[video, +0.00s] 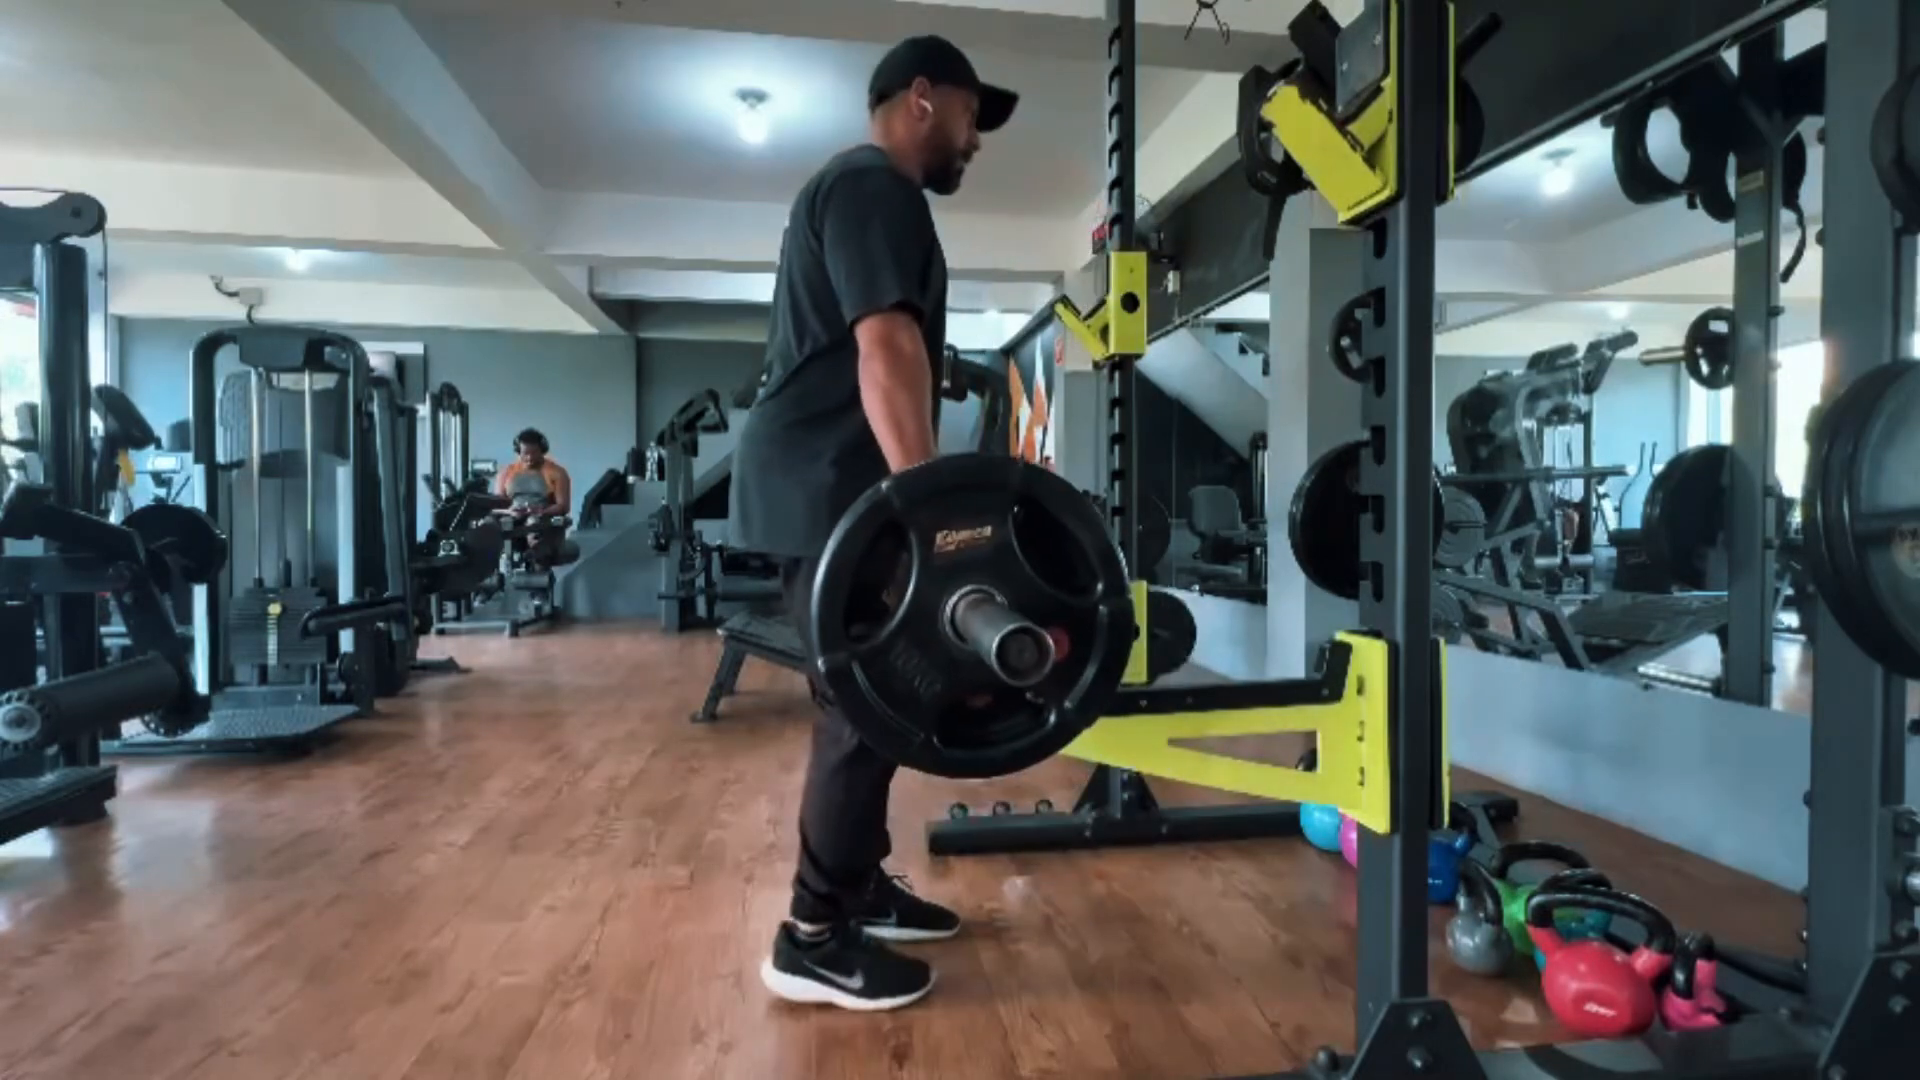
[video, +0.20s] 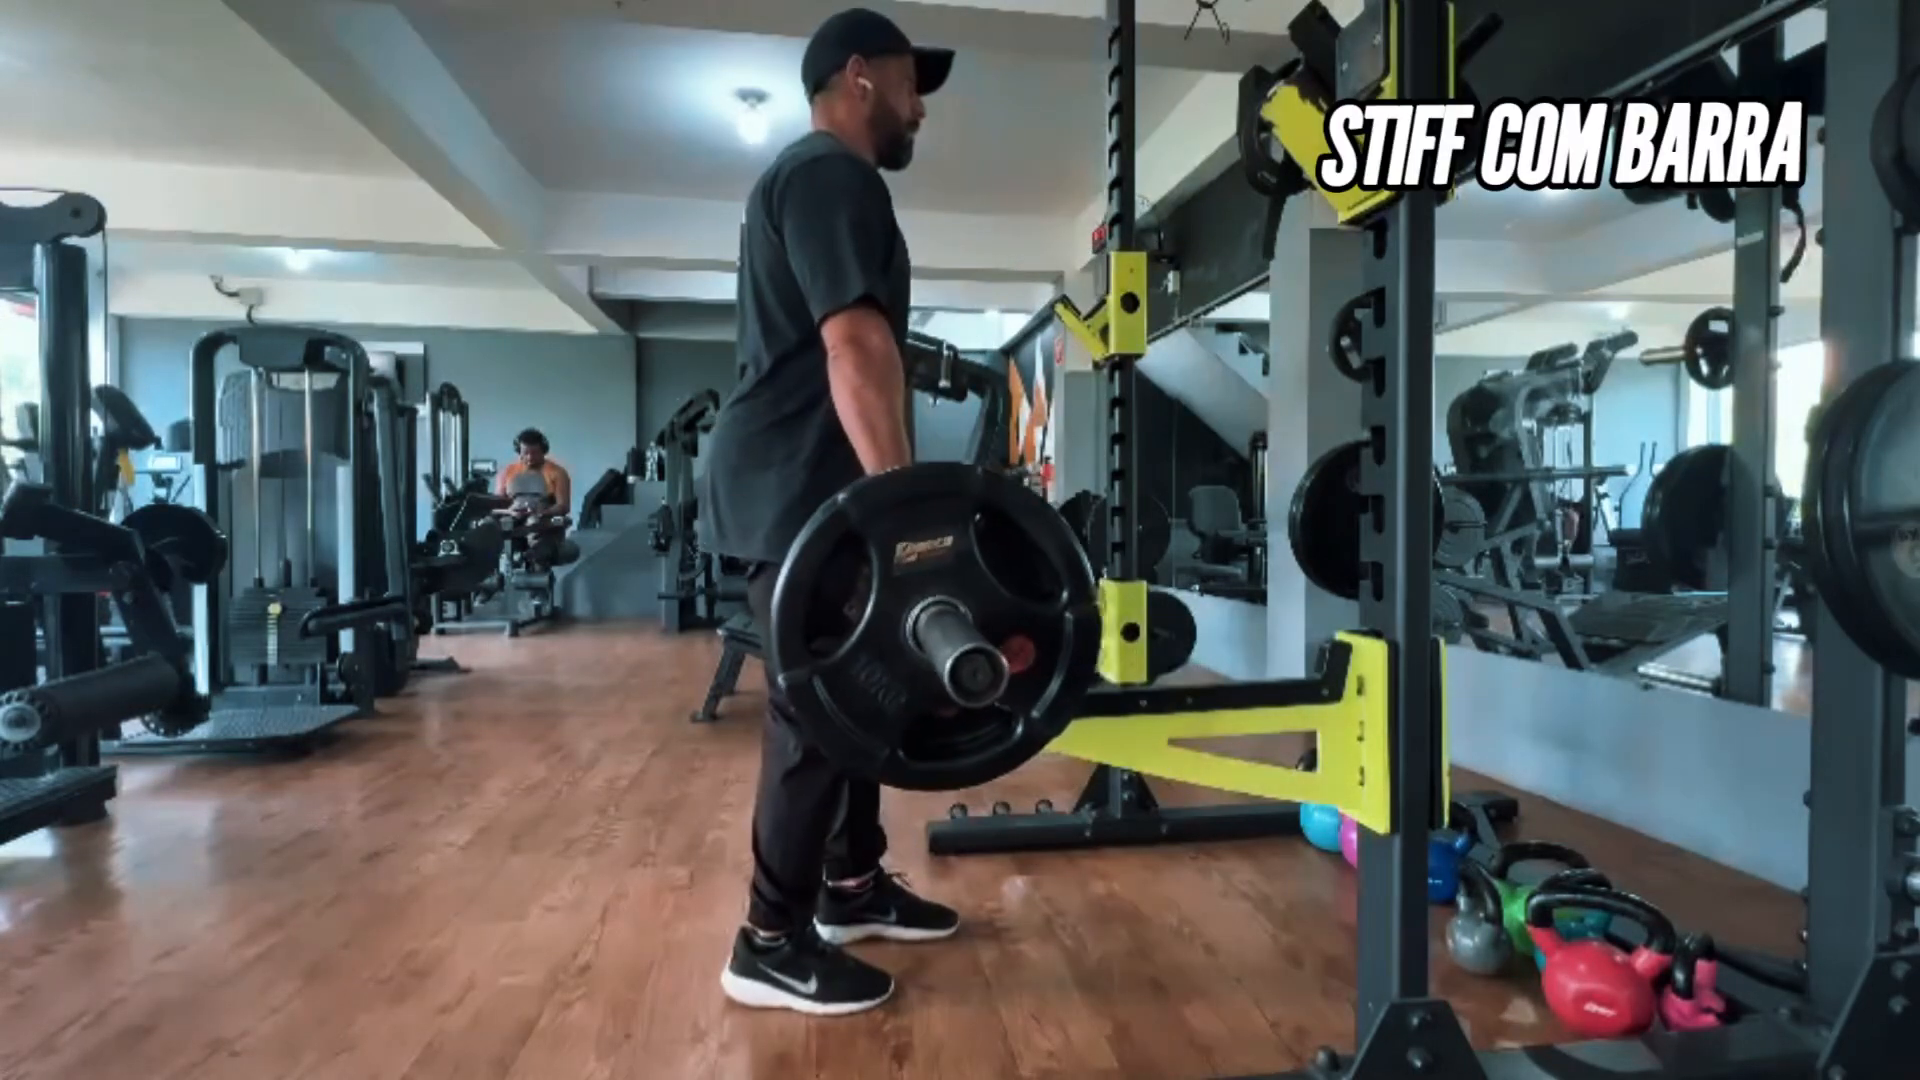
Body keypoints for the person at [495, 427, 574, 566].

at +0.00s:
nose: (529, 458)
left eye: (534, 453)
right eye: (525, 454)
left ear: (542, 452)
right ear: (518, 453)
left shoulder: (556, 473)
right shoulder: (508, 472)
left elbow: (563, 506)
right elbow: (500, 501)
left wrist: (540, 512)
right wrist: (512, 512)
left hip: (543, 518)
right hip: (514, 519)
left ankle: (542, 572)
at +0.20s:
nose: (530, 458)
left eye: (534, 453)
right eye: (525, 453)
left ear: (543, 452)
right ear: (519, 453)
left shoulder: (557, 473)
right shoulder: (509, 472)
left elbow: (563, 507)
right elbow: (501, 501)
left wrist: (541, 513)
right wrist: (513, 511)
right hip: (515, 522)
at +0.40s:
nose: (530, 457)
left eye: (534, 452)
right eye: (525, 453)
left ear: (543, 451)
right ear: (519, 453)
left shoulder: (557, 473)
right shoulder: (509, 472)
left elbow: (563, 507)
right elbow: (501, 501)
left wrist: (541, 513)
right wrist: (513, 511)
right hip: (514, 523)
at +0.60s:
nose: (528, 458)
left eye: (532, 452)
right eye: (523, 453)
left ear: (541, 451)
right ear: (517, 453)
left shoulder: (556, 473)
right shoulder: (508, 472)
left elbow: (563, 506)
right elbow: (500, 501)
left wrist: (540, 514)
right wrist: (513, 511)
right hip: (515, 523)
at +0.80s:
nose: (528, 458)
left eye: (532, 452)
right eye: (524, 453)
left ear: (542, 451)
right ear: (517, 452)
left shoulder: (556, 473)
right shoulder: (508, 472)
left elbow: (563, 506)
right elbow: (500, 501)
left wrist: (540, 514)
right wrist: (513, 512)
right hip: (515, 525)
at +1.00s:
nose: (528, 458)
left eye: (532, 452)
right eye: (523, 453)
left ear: (541, 451)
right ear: (517, 453)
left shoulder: (556, 473)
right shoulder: (508, 472)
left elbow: (563, 506)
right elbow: (500, 501)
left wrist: (540, 514)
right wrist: (512, 512)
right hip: (515, 523)